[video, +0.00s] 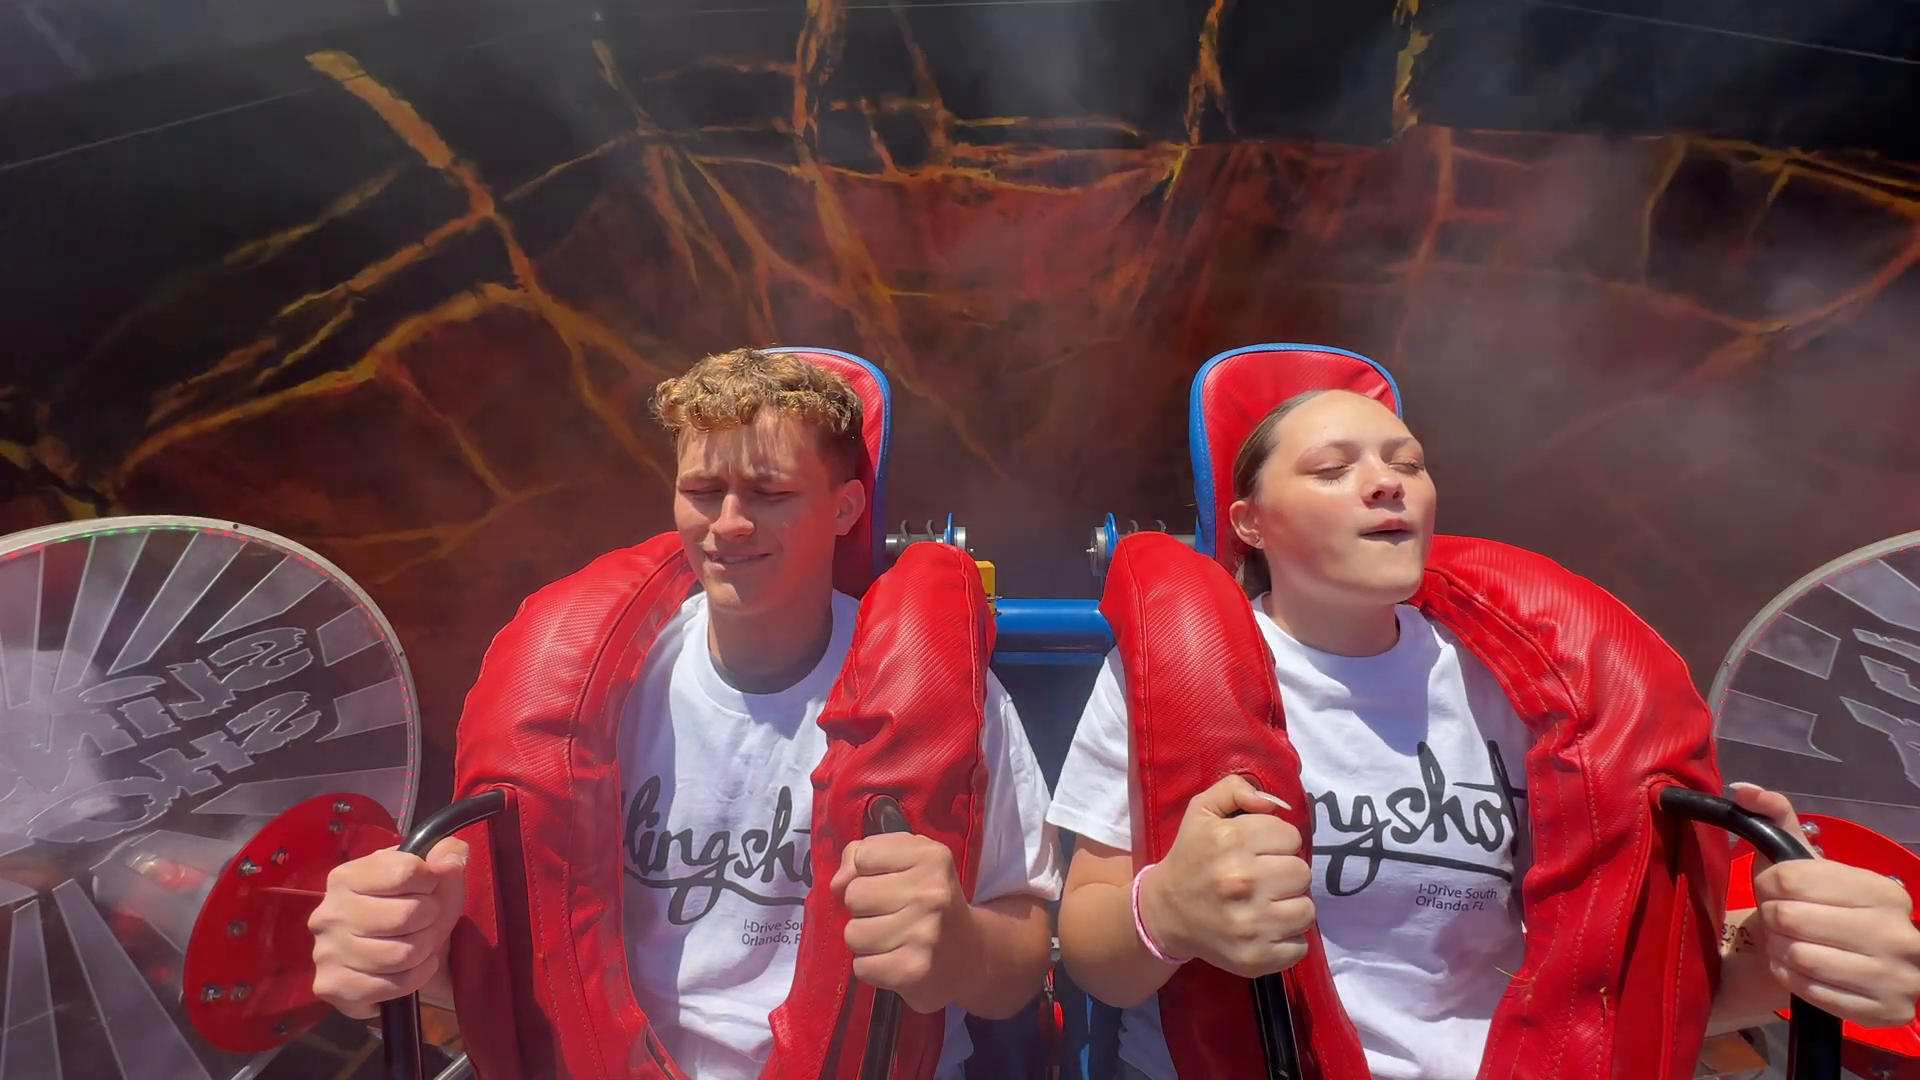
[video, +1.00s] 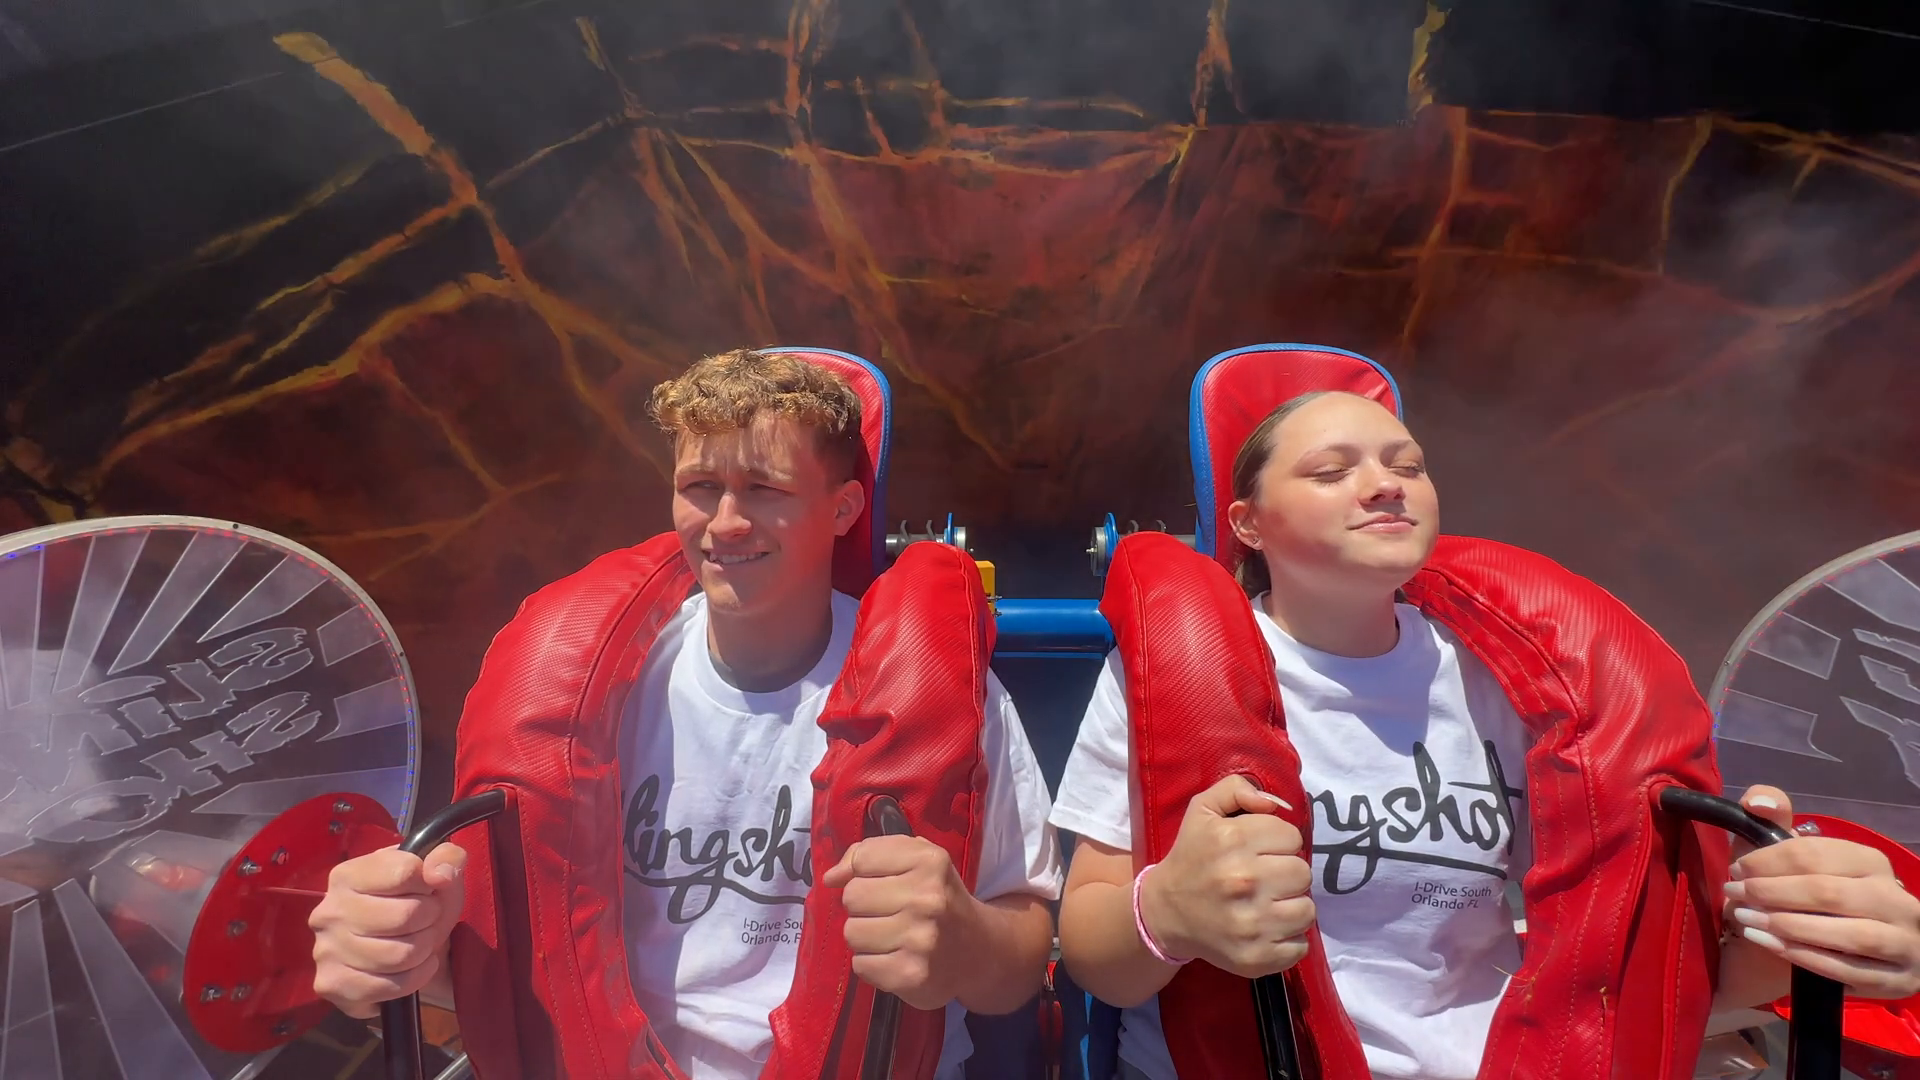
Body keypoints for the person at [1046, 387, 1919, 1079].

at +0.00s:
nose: (1386, 481)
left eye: (1402, 457)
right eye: (1330, 466)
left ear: (1432, 491)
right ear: (1245, 522)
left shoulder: (1529, 666)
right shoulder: (1173, 667)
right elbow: (1086, 955)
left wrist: (1748, 927)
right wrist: (1161, 911)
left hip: (1508, 1068)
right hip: (1287, 1066)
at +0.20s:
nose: (1385, 479)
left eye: (1401, 455)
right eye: (1329, 464)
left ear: (1432, 490)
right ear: (1244, 522)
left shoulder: (1528, 667)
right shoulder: (1174, 665)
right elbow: (1085, 956)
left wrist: (1754, 929)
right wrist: (1161, 912)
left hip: (1506, 1068)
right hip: (1286, 1067)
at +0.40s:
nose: (1384, 480)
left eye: (1401, 456)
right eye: (1329, 466)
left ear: (1432, 491)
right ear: (1244, 523)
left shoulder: (1525, 670)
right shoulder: (1173, 668)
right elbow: (1085, 956)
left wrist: (1750, 929)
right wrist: (1161, 911)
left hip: (1505, 1067)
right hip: (1289, 1066)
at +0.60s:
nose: (1385, 480)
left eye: (1401, 455)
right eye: (1330, 466)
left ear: (1432, 485)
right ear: (1244, 522)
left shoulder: (1523, 660)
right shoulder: (1173, 664)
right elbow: (1087, 956)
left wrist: (1723, 863)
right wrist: (1162, 911)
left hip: (1509, 1051)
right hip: (1294, 1054)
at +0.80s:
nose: (1384, 479)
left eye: (1402, 456)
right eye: (1329, 467)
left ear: (1434, 488)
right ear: (1244, 523)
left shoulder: (1522, 665)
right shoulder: (1173, 665)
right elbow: (1088, 955)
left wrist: (1724, 872)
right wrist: (1162, 910)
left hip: (1503, 1065)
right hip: (1286, 1063)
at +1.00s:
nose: (1384, 481)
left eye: (1401, 457)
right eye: (1330, 468)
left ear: (1434, 488)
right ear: (1246, 523)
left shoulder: (1520, 664)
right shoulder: (1175, 664)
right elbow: (1089, 954)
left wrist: (1717, 857)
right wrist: (1162, 911)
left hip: (1508, 1065)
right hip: (1294, 1065)